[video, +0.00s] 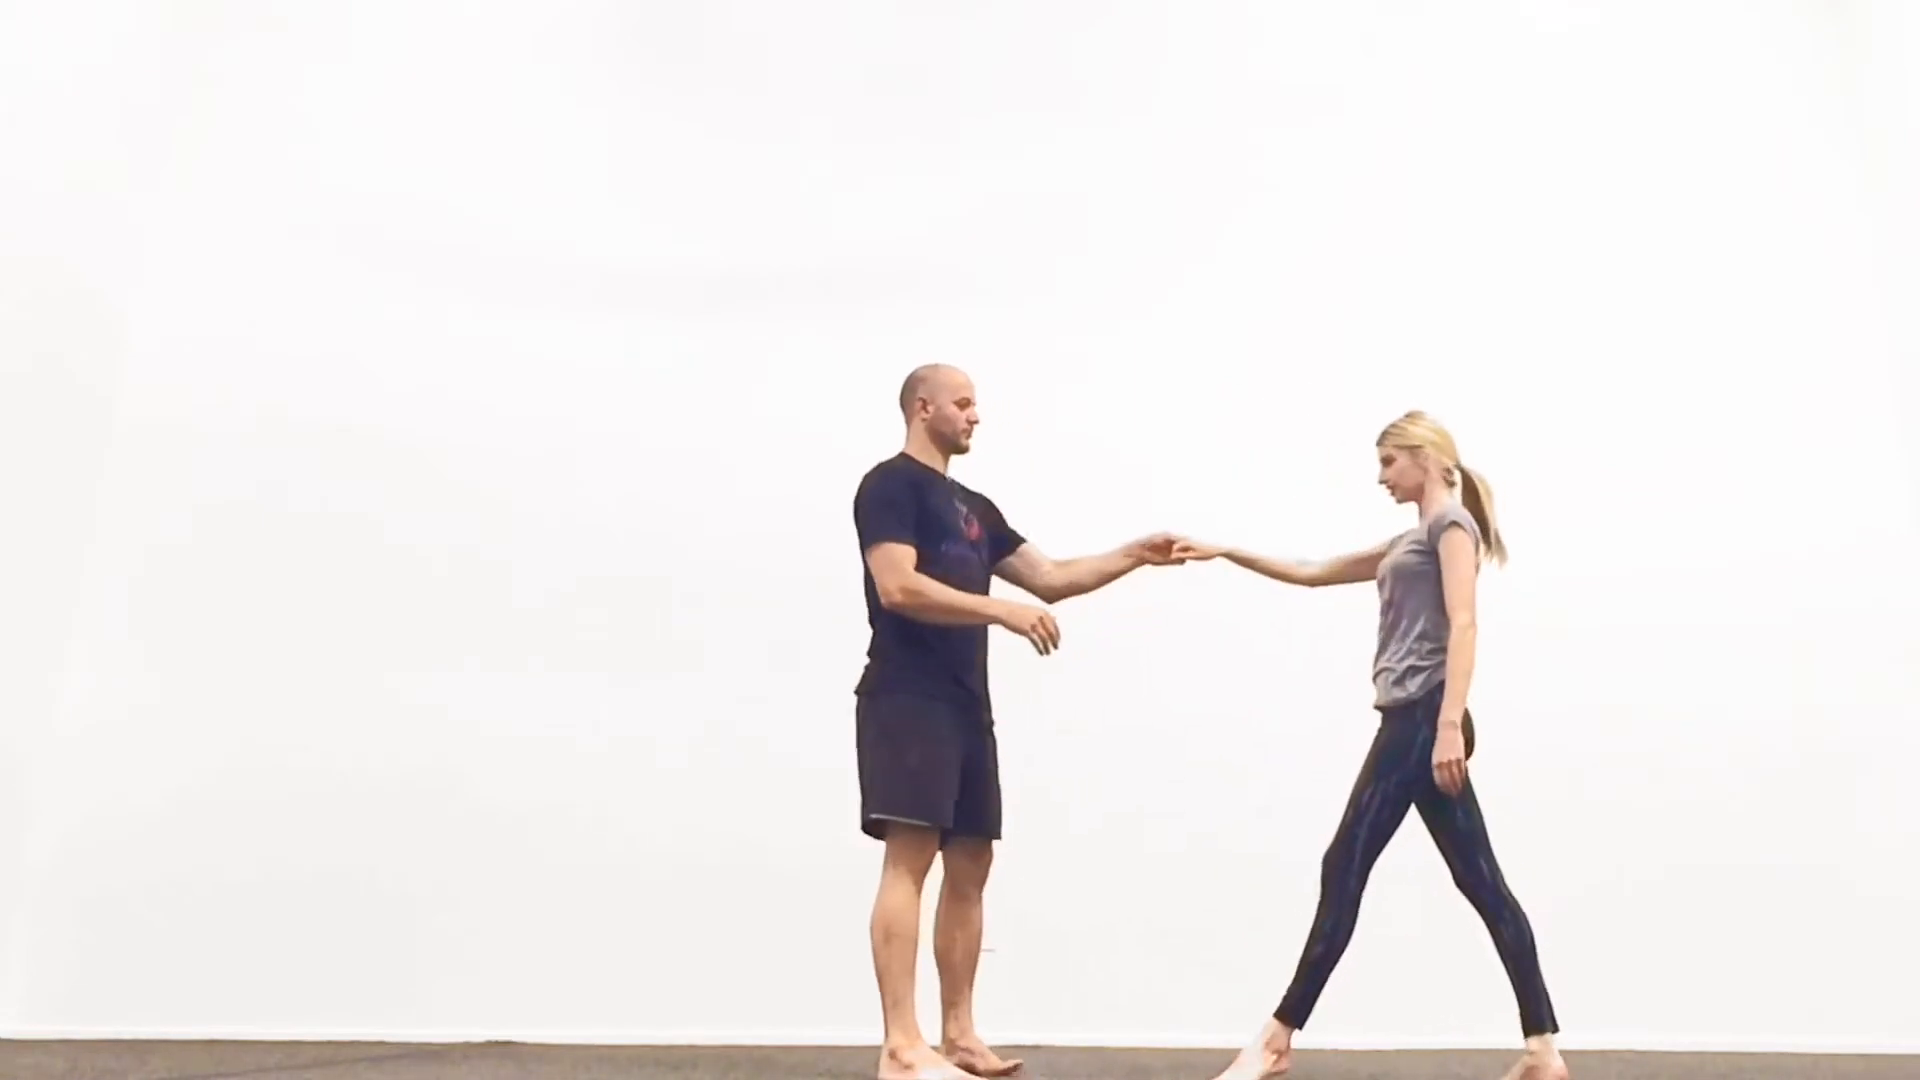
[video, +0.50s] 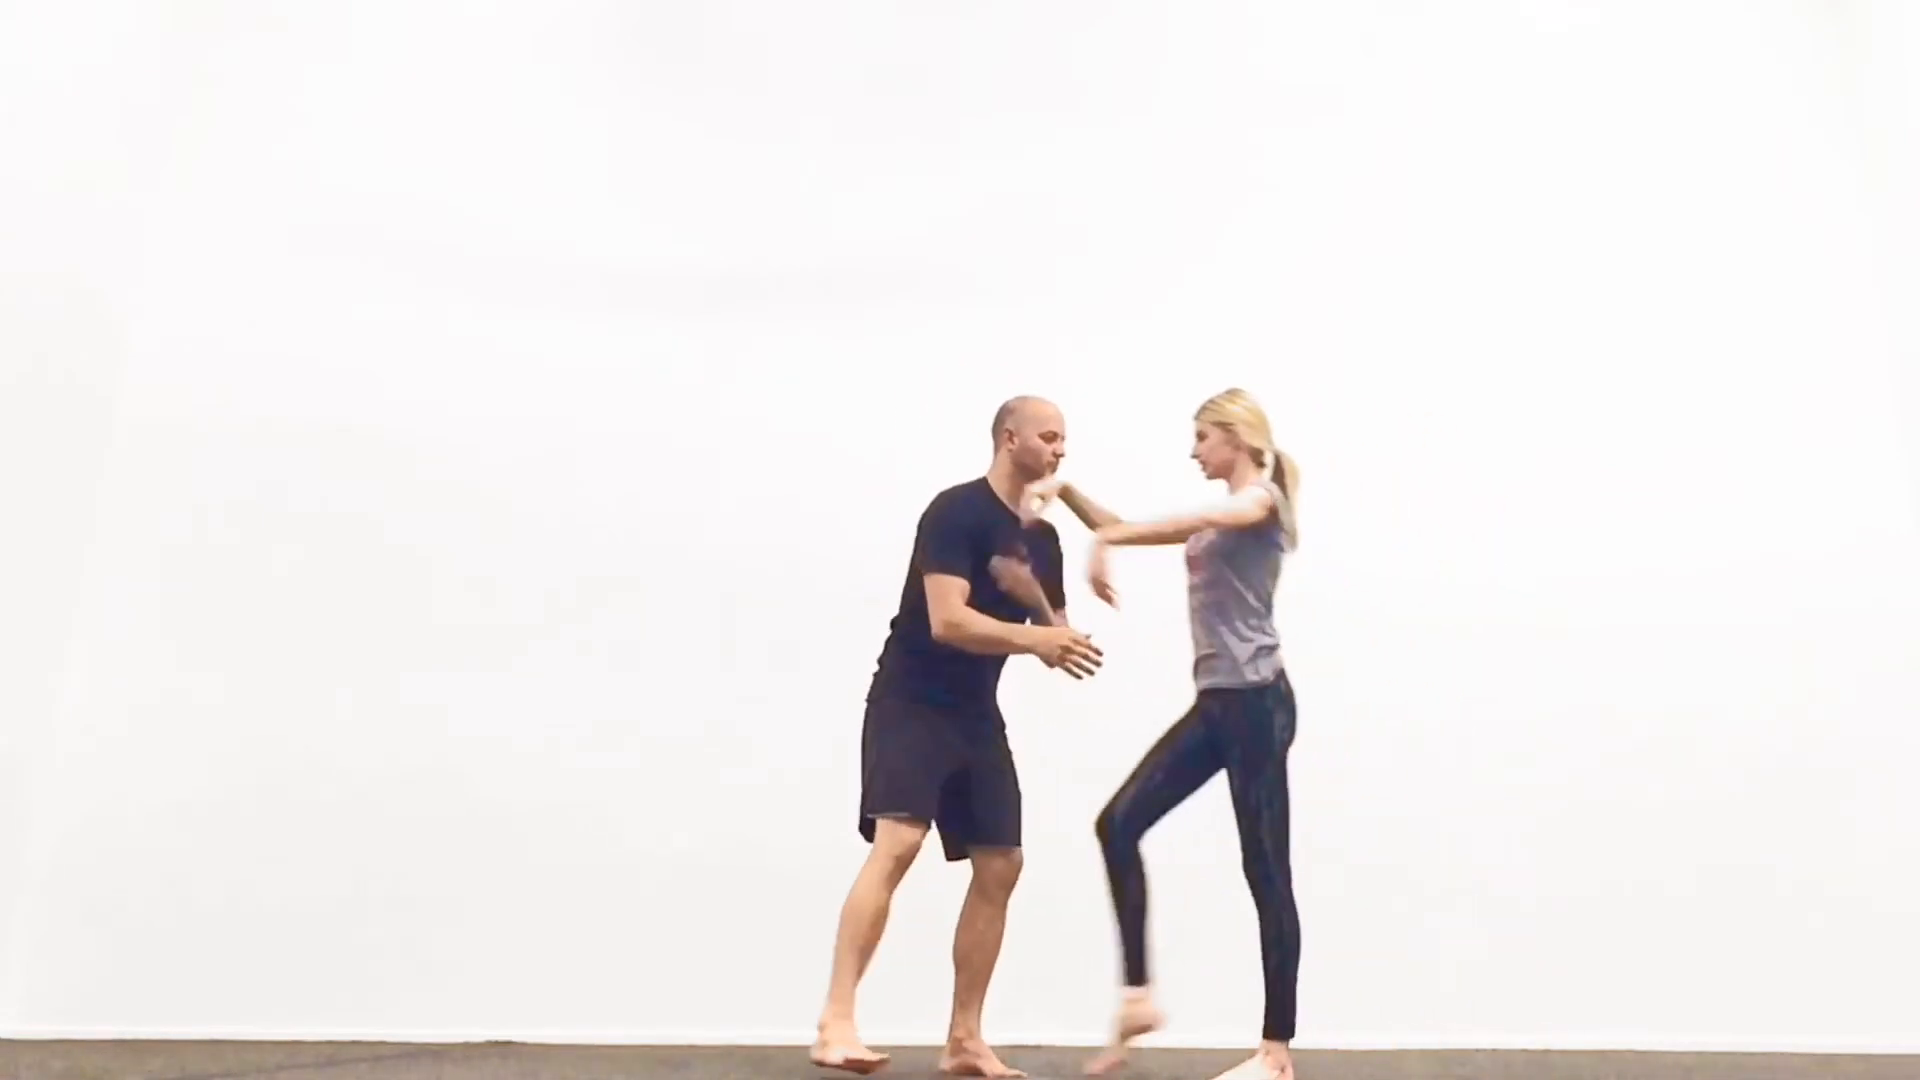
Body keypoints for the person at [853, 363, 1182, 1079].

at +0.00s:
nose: (975, 415)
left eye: (975, 404)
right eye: (963, 403)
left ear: (946, 412)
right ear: (919, 408)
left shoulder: (972, 505)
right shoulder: (889, 484)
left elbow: (1049, 578)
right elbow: (897, 588)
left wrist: (1134, 554)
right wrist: (1002, 611)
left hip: (967, 703)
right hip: (908, 698)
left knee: (971, 863)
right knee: (909, 859)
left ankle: (959, 1035)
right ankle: (900, 1046)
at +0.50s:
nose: (1060, 451)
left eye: (1063, 440)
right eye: (1049, 438)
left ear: (1053, 447)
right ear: (1008, 439)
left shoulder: (1044, 537)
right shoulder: (955, 510)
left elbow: (1052, 644)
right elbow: (947, 621)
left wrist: (1035, 604)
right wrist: (1041, 638)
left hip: (976, 708)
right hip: (911, 699)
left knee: (999, 866)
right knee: (898, 843)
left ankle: (965, 1039)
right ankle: (836, 1022)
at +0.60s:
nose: (1068, 469)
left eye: (1072, 460)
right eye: (1056, 457)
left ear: (1064, 469)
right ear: (1016, 459)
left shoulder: (1051, 559)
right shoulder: (962, 527)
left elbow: (1042, 675)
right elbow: (960, 635)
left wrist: (1016, 640)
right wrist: (1052, 636)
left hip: (970, 717)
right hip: (903, 705)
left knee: (1011, 868)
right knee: (880, 838)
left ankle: (965, 1041)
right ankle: (787, 1009)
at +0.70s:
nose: (1074, 492)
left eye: (1079, 481)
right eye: (1061, 478)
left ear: (1075, 492)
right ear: (1019, 480)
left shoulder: (1055, 583)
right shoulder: (967, 543)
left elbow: (1041, 677)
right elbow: (962, 648)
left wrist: (1044, 725)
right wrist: (1048, 640)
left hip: (963, 732)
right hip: (897, 714)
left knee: (1017, 873)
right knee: (851, 844)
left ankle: (968, 1039)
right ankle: (740, 998)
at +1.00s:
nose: (1032, 549)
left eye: (1042, 539)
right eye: (1020, 535)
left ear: (1049, 550)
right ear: (984, 532)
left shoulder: (1034, 646)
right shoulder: (927, 599)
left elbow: (1021, 746)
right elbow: (894, 717)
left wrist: (1057, 837)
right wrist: (953, 690)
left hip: (931, 774)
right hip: (854, 759)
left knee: (1024, 878)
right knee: (766, 857)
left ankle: (962, 1045)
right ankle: (631, 1003)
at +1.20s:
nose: (927, 543)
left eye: (940, 532)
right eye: (915, 531)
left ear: (958, 545)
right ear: (892, 539)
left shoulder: (970, 652)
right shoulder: (839, 611)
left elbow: (987, 756)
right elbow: (821, 740)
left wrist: (1022, 825)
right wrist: (862, 700)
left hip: (894, 797)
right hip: (808, 785)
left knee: (994, 869)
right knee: (716, 879)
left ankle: (960, 1046)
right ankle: (590, 1037)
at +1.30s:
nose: (859, 524)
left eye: (872, 513)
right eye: (848, 515)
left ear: (898, 526)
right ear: (830, 527)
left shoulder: (925, 630)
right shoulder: (790, 602)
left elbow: (955, 733)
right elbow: (784, 730)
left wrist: (994, 767)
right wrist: (819, 677)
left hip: (861, 788)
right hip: (776, 785)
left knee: (970, 870)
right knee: (684, 877)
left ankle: (956, 1047)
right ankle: (580, 1046)